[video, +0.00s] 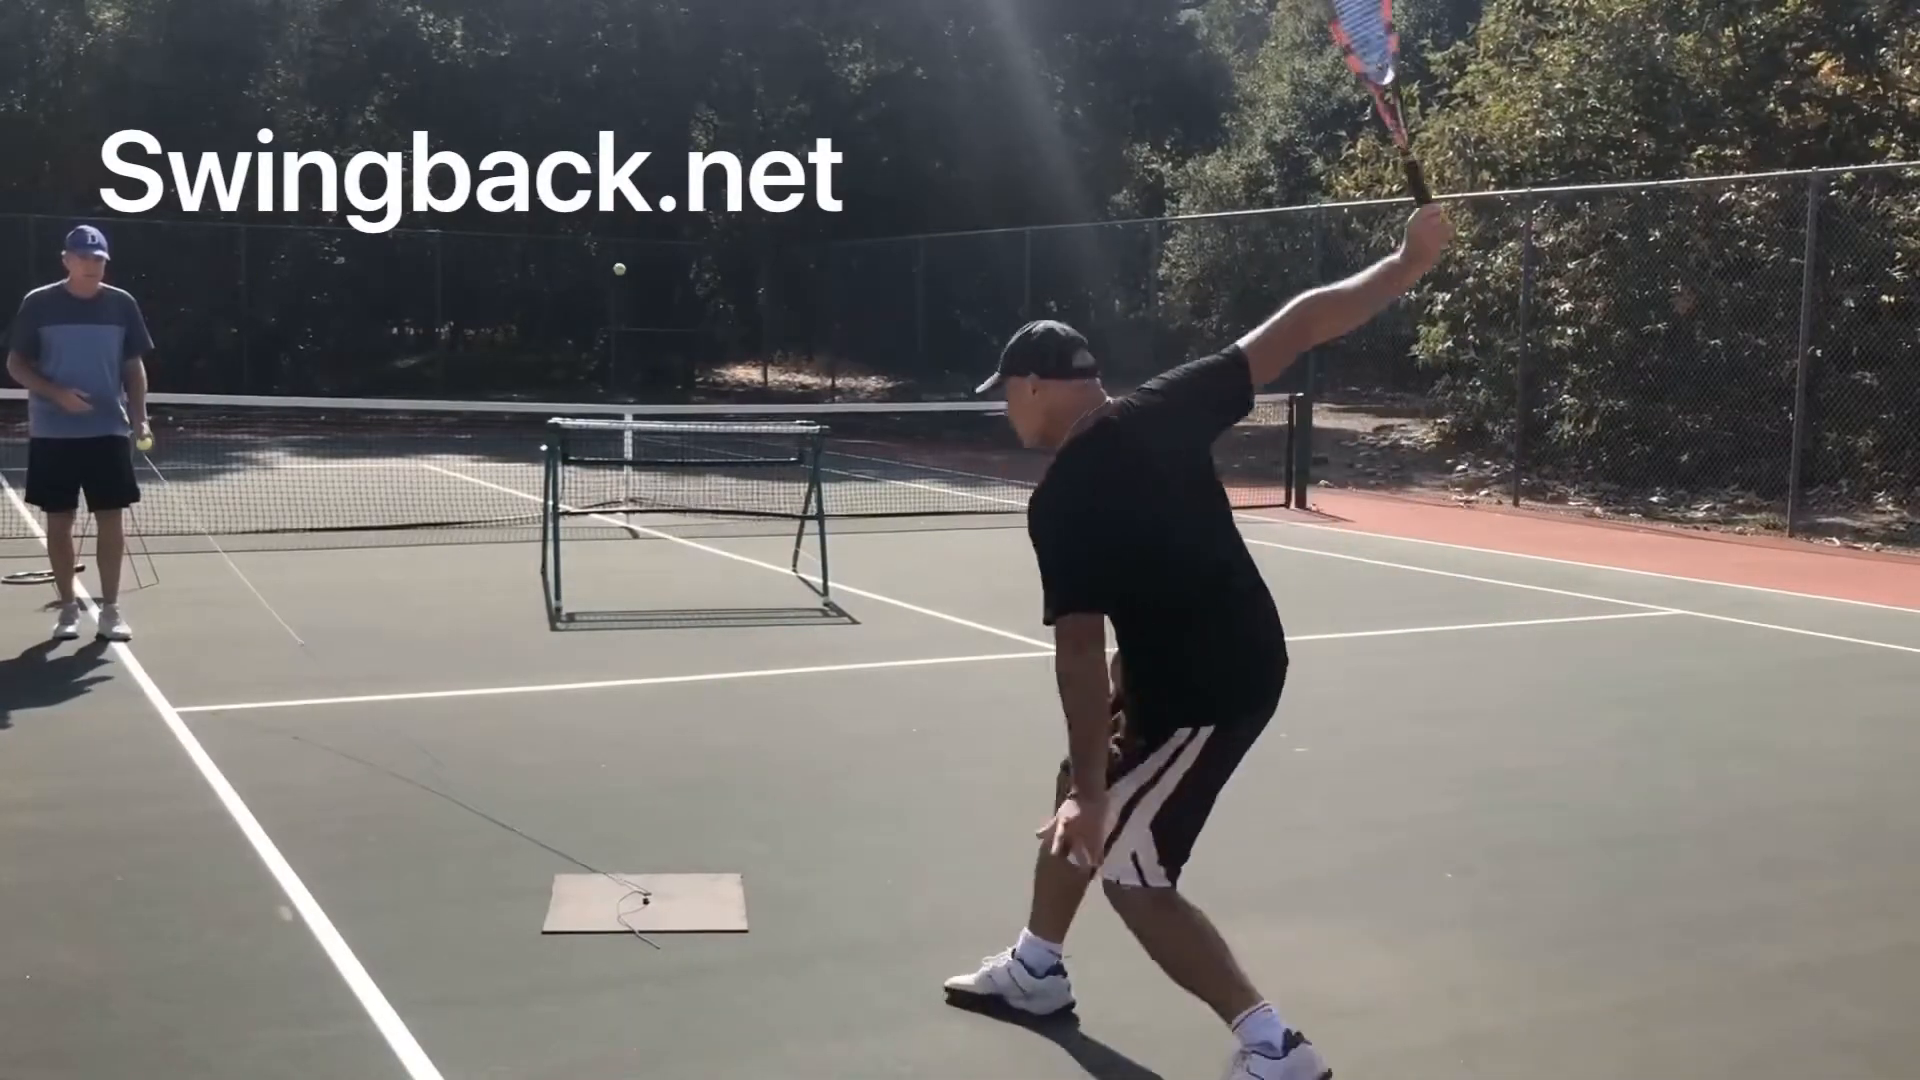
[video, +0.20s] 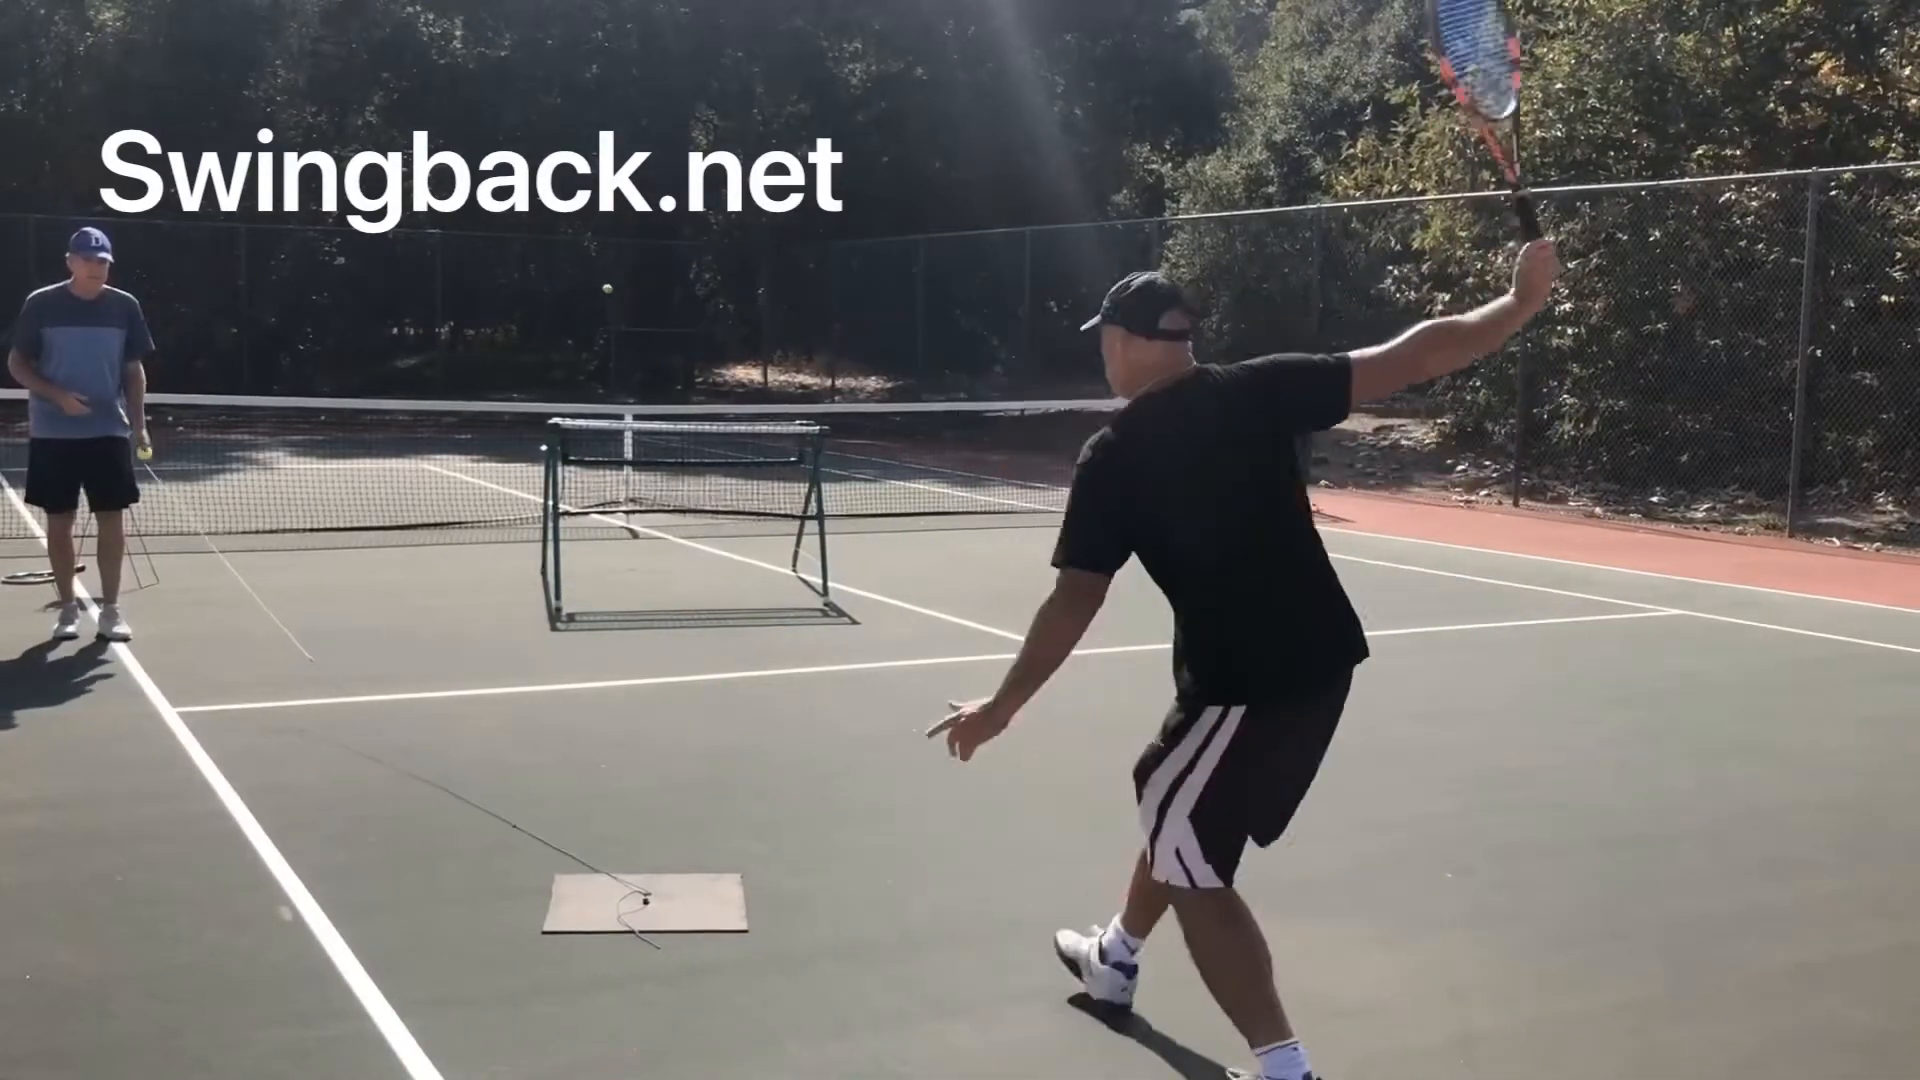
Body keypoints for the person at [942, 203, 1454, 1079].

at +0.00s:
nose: (1009, 409)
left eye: (1011, 393)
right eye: (1008, 394)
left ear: (1044, 388)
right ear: (1084, 379)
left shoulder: (1060, 497)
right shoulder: (1170, 408)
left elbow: (1080, 655)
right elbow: (1297, 325)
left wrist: (1090, 793)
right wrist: (1408, 260)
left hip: (1202, 687)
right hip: (1236, 652)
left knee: (1131, 875)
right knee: (1081, 794)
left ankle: (1271, 1046)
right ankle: (1036, 966)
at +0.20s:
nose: (1104, 353)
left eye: (1109, 337)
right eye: (1107, 336)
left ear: (1135, 340)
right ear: (1185, 336)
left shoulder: (1117, 456)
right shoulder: (1261, 390)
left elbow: (1075, 600)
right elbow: (1407, 359)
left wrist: (999, 709)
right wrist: (1522, 302)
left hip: (1240, 683)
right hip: (1321, 657)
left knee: (1191, 860)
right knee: (1174, 801)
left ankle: (1286, 1066)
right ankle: (1115, 959)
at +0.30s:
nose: (1145, 324)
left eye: (1150, 310)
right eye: (1148, 309)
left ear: (1173, 315)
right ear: (1227, 312)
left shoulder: (1146, 426)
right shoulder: (1300, 374)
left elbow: (1111, 571)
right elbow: (1443, 401)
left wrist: (1041, 660)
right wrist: (1523, 357)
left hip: (1260, 657)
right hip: (1347, 638)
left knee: (1216, 834)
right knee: (1231, 799)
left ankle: (1288, 1060)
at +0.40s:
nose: (1187, 313)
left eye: (1192, 300)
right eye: (1192, 299)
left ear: (1214, 305)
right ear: (1267, 303)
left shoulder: (1189, 414)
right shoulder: (1342, 378)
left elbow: (1160, 559)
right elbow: (1456, 452)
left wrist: (1104, 641)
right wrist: (1492, 444)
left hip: (1270, 656)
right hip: (1366, 638)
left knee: (1252, 851)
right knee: (1311, 796)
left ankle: (1291, 1064)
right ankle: (1387, 967)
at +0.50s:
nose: (1227, 321)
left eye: (1231, 308)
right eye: (1230, 307)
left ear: (1252, 314)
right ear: (1307, 313)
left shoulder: (1235, 418)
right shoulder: (1379, 396)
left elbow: (1221, 567)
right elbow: (1464, 512)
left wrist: (1173, 635)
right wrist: (1440, 545)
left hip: (1293, 668)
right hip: (1391, 656)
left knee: (1262, 850)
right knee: (1382, 815)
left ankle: (1291, 1061)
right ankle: (1480, 989)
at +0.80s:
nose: (1251, 266)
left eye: (1260, 254)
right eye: (1257, 253)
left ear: (1287, 264)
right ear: (1332, 266)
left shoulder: (1266, 356)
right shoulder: (1393, 343)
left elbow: (1266, 500)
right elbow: (1440, 471)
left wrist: (1237, 550)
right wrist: (1360, 517)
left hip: (1314, 602)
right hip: (1408, 601)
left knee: (1241, 762)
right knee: (1396, 767)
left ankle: (1250, 978)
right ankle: (1465, 948)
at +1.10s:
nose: (1223, 307)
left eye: (1231, 294)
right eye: (1227, 293)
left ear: (1263, 300)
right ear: (1299, 302)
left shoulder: (1275, 387)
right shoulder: (1335, 377)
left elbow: (1274, 536)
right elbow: (1338, 525)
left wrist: (1200, 573)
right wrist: (1253, 595)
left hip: (1314, 633)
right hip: (1370, 625)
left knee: (1237, 776)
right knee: (1307, 768)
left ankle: (1242, 995)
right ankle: (1362, 927)